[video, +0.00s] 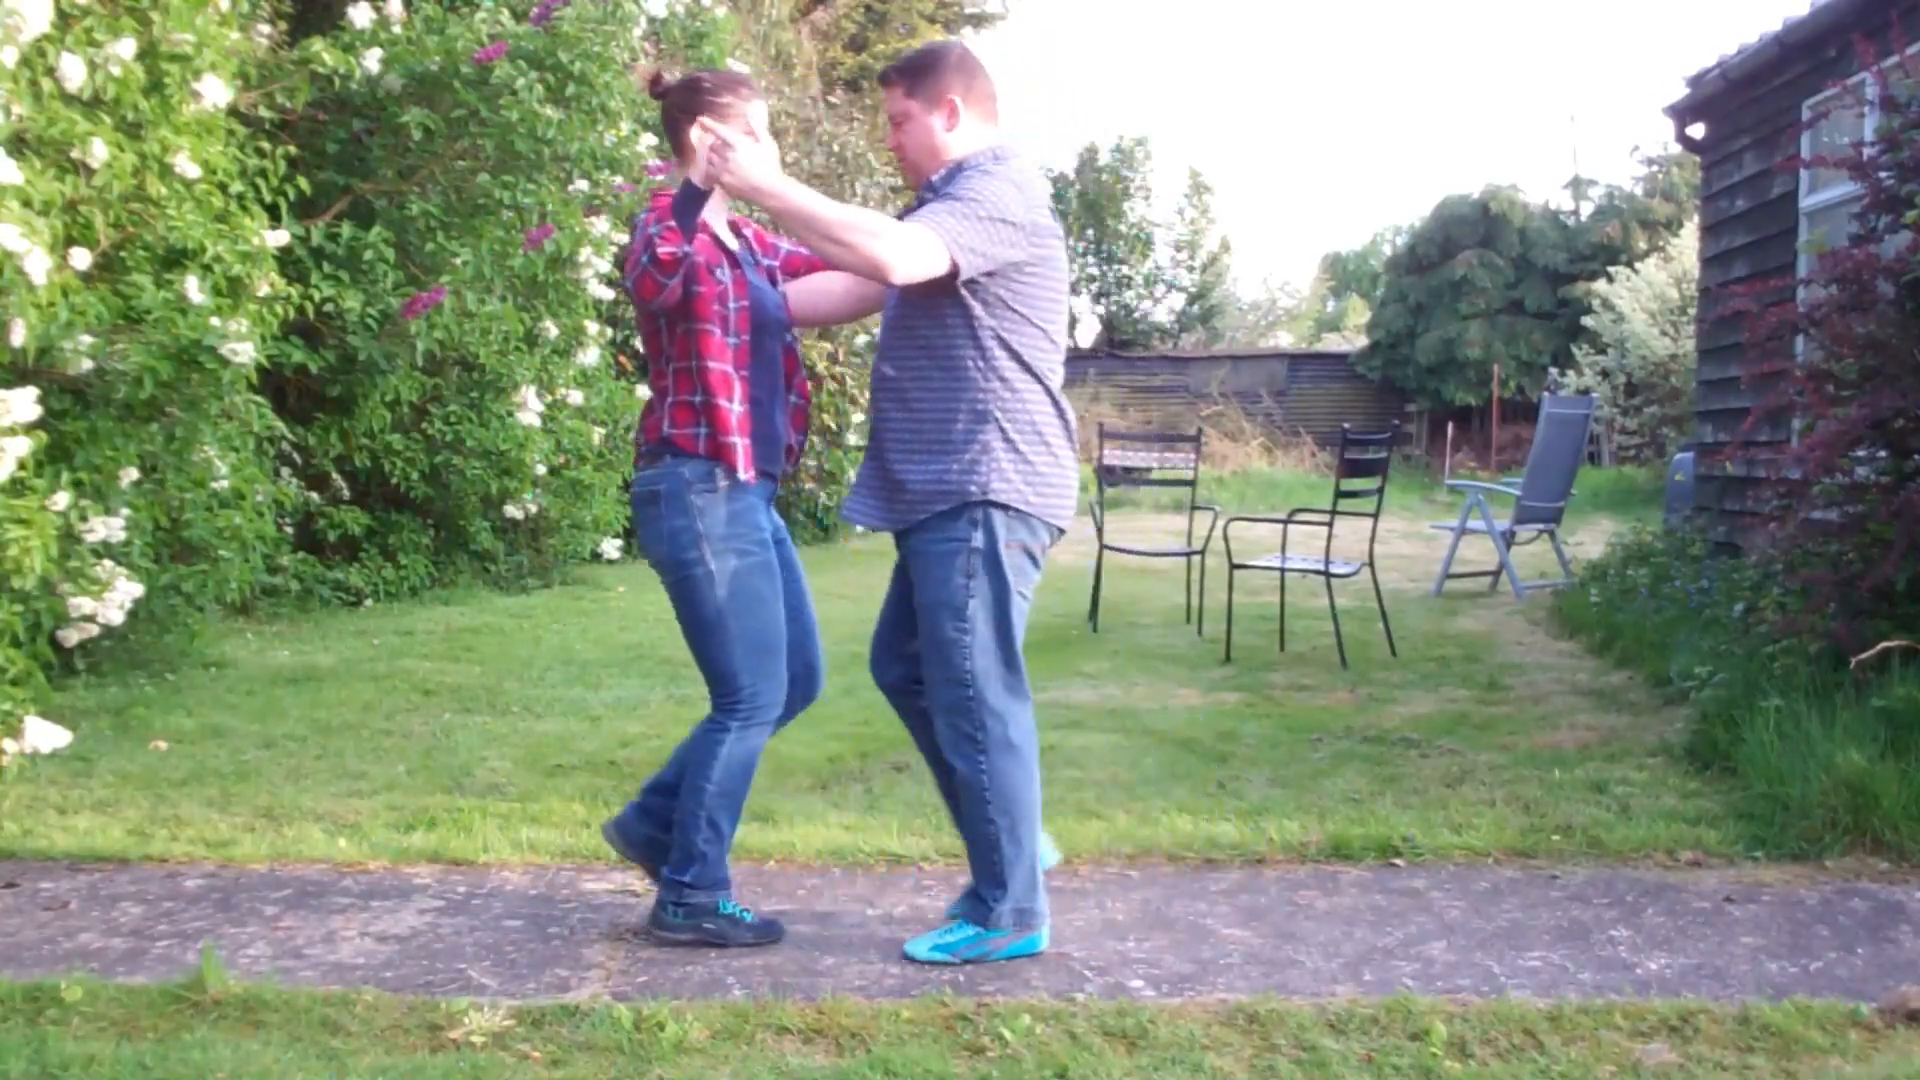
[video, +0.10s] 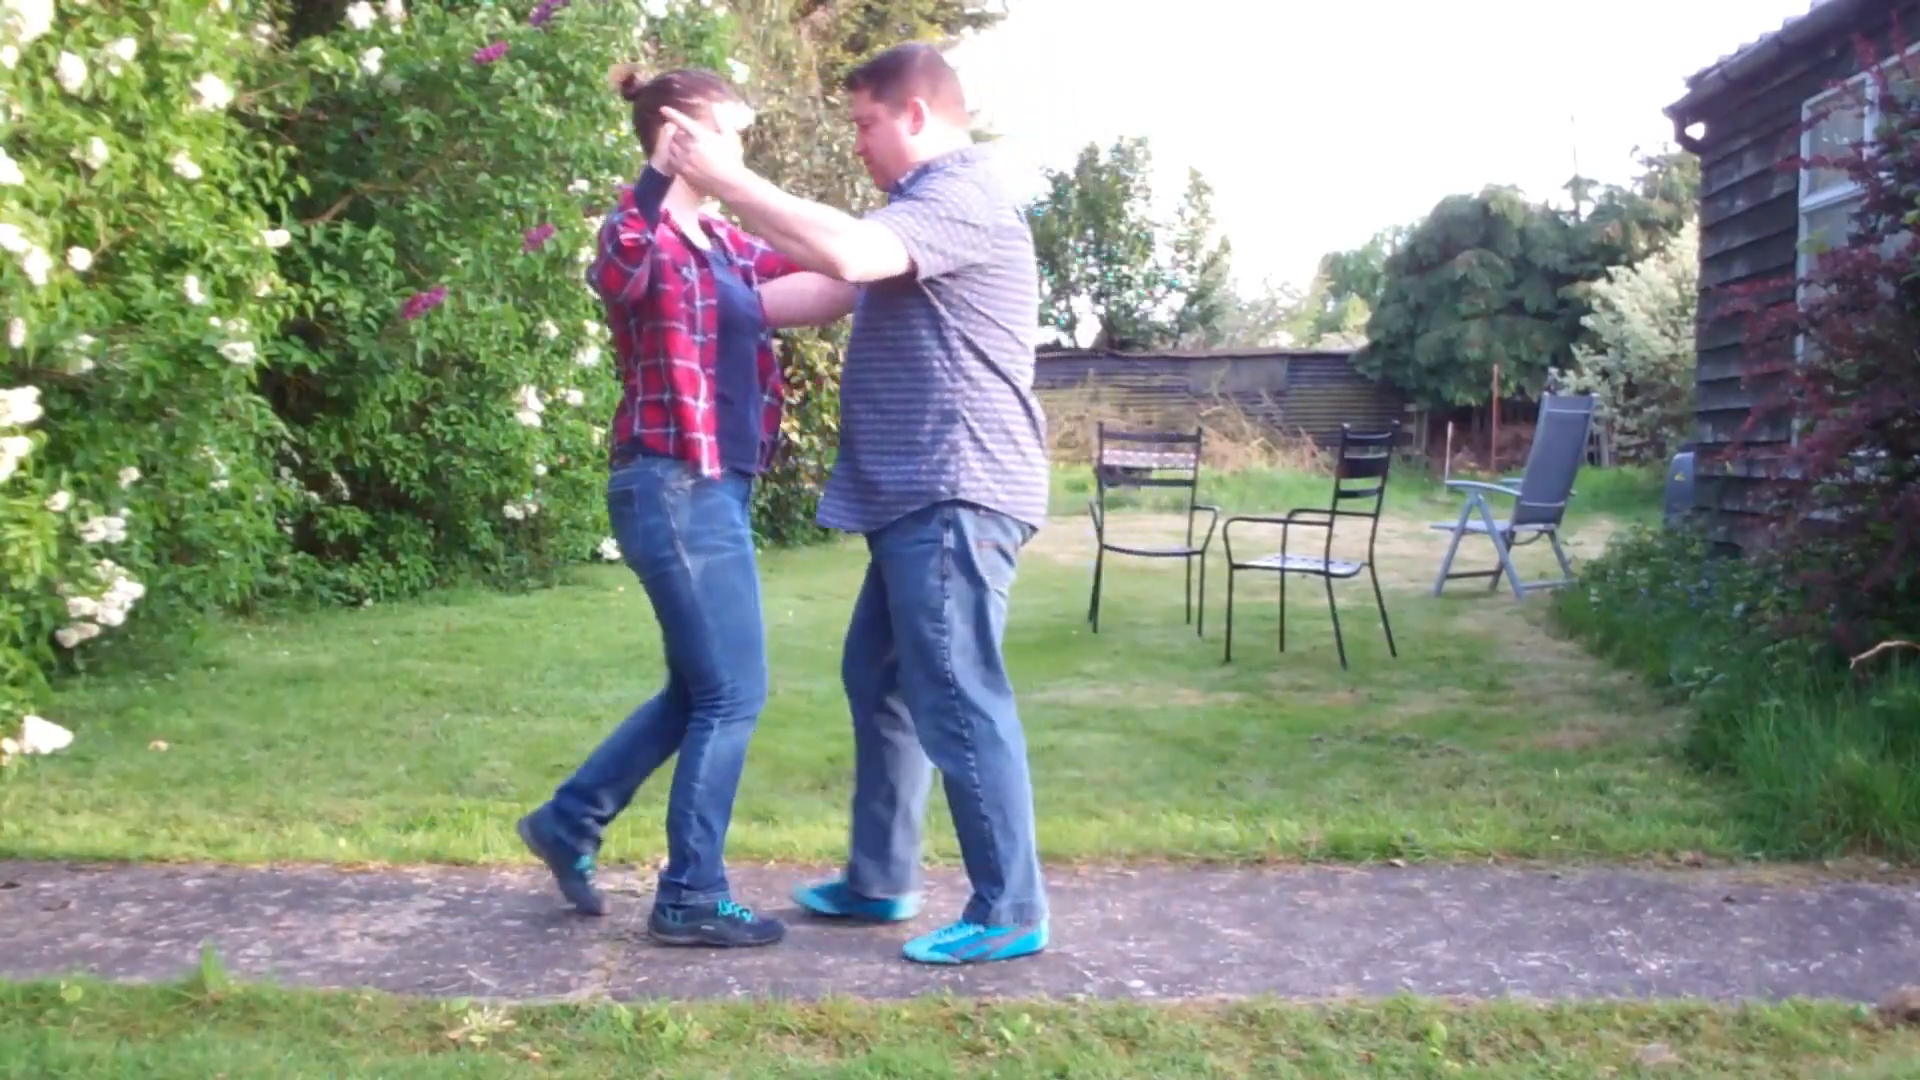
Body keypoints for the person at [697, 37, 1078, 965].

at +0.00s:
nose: (891, 143)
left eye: (898, 122)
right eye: (888, 125)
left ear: (950, 109)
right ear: (954, 113)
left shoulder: (1001, 186)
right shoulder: (955, 202)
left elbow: (900, 254)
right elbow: (845, 289)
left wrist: (766, 183)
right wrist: (712, 305)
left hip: (986, 489)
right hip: (944, 493)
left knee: (977, 698)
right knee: (905, 667)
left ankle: (1012, 913)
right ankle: (1011, 844)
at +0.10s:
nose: (858, 146)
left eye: (865, 126)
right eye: (854, 129)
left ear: (915, 114)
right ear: (921, 117)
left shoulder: (968, 195)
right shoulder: (923, 208)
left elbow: (858, 252)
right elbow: (825, 291)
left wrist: (723, 174)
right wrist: (694, 297)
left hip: (959, 491)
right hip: (917, 494)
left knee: (959, 699)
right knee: (880, 678)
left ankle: (1011, 912)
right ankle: (880, 880)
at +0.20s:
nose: (826, 149)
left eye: (831, 130)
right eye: (823, 133)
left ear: (879, 118)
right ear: (893, 121)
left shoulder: (928, 199)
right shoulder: (900, 211)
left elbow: (809, 251)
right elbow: (790, 290)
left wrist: (690, 173)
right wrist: (670, 294)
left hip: (922, 496)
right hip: (893, 498)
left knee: (942, 706)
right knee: (866, 697)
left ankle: (1007, 906)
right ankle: (793, 874)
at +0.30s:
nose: (788, 150)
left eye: (796, 130)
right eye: (788, 131)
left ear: (841, 122)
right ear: (856, 123)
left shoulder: (889, 199)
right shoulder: (866, 209)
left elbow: (777, 265)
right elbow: (757, 291)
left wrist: (663, 181)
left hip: (886, 497)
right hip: (852, 500)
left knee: (902, 697)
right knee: (828, 693)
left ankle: (999, 893)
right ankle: (792, 882)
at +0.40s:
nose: (752, 152)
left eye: (759, 132)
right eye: (752, 134)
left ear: (805, 124)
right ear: (821, 126)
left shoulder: (854, 201)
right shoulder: (835, 205)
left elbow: (735, 279)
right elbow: (729, 294)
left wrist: (633, 192)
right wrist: (636, 220)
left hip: (850, 490)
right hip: (816, 491)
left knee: (813, 682)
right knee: (794, 686)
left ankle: (960, 862)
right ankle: (782, 883)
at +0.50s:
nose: (720, 158)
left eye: (726, 139)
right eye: (719, 141)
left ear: (773, 131)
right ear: (785, 131)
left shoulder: (817, 212)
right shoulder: (810, 209)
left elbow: (705, 299)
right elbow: (703, 293)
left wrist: (617, 214)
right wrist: (621, 242)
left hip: (803, 496)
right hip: (807, 497)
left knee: (735, 680)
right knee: (782, 688)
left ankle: (886, 827)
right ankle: (779, 881)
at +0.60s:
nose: (689, 166)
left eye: (695, 145)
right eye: (687, 148)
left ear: (746, 133)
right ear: (756, 135)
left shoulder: (793, 211)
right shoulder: (784, 214)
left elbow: (693, 303)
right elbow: (672, 315)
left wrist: (593, 220)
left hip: (769, 497)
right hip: (791, 499)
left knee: (671, 667)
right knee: (759, 692)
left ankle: (790, 843)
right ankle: (778, 873)